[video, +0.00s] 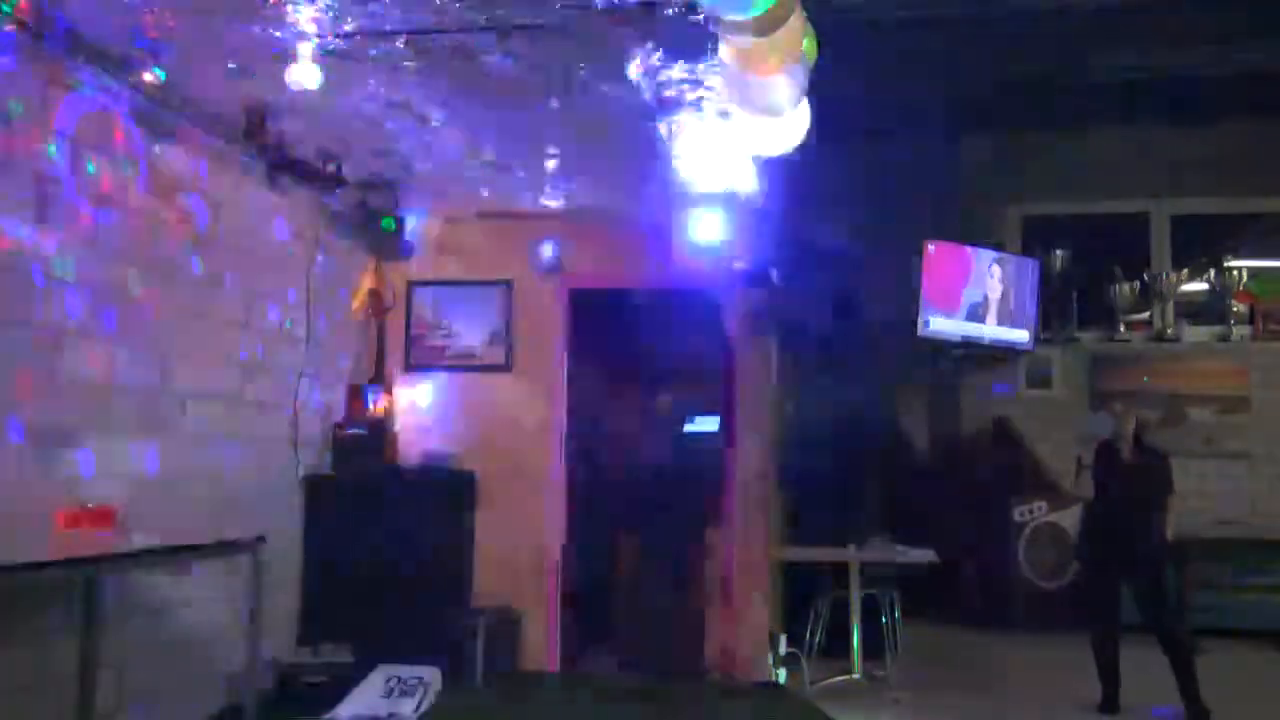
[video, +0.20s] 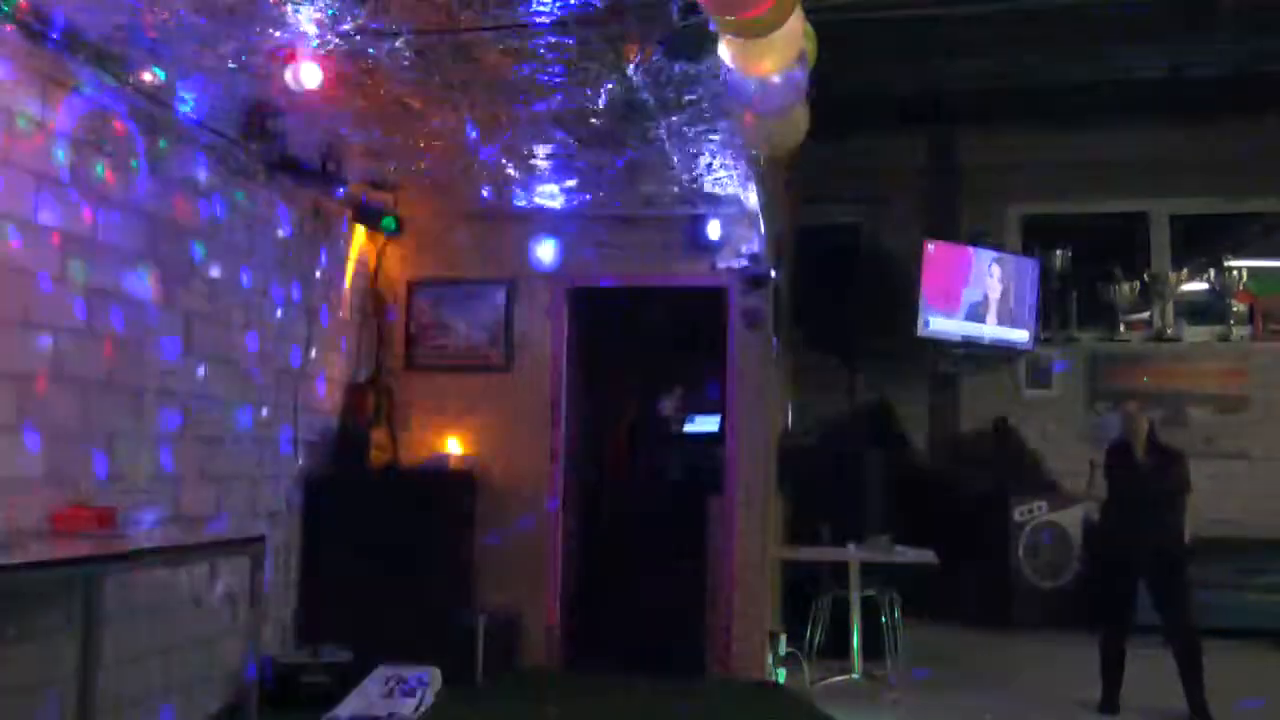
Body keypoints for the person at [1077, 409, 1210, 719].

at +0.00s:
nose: (1126, 424)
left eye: (1131, 418)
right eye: (1120, 418)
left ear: (1139, 423)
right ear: (1112, 422)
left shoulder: (1155, 458)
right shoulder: (1100, 454)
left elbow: (1167, 502)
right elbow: (1084, 494)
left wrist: (1166, 539)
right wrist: (1082, 466)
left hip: (1145, 550)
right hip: (1103, 549)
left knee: (1166, 626)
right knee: (1104, 626)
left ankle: (1193, 702)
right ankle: (1109, 697)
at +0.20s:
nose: (1132, 425)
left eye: (1137, 418)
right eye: (1127, 419)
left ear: (1150, 422)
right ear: (1120, 424)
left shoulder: (1171, 458)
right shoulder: (1115, 457)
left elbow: (1179, 506)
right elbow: (1115, 502)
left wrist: (1178, 543)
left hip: (1163, 553)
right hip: (1119, 553)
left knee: (1182, 631)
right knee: (1114, 629)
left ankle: (1198, 706)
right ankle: (1109, 701)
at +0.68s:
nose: (1160, 416)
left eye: (1166, 409)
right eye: (1154, 409)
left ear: (1177, 414)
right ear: (1147, 415)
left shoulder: (1197, 447)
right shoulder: (1142, 448)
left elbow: (1231, 469)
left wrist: (1270, 478)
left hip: (1199, 548)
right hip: (1155, 547)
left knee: (1199, 629)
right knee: (1139, 622)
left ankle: (1197, 701)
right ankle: (1120, 691)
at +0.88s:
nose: (1164, 421)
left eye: (1169, 415)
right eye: (1158, 415)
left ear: (1177, 421)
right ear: (1149, 420)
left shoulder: (1194, 452)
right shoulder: (1139, 455)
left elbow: (1226, 464)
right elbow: (1140, 503)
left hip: (1200, 551)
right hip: (1157, 551)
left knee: (1202, 629)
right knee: (1140, 622)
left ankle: (1198, 702)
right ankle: (1117, 693)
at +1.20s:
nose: (1147, 424)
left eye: (1153, 419)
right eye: (1141, 417)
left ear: (1162, 424)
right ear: (1131, 422)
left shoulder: (1175, 458)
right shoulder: (1118, 457)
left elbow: (1212, 483)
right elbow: (1120, 493)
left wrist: (1258, 500)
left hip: (1182, 552)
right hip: (1137, 553)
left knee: (1191, 628)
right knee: (1125, 624)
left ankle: (1196, 704)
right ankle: (1108, 698)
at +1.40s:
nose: (1133, 415)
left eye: (1139, 409)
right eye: (1128, 409)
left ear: (1149, 415)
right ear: (1117, 414)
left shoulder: (1165, 454)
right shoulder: (1101, 453)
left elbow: (1190, 486)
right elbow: (1098, 493)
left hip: (1160, 548)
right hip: (1116, 549)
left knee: (1176, 626)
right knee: (1112, 624)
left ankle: (1192, 703)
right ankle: (1107, 697)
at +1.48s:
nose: (1131, 416)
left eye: (1137, 410)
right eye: (1124, 410)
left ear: (1146, 415)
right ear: (1112, 415)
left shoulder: (1156, 450)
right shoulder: (1096, 451)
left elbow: (1159, 493)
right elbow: (1099, 487)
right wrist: (1121, 447)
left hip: (1152, 545)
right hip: (1109, 548)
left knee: (1172, 626)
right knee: (1108, 625)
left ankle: (1190, 701)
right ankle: (1107, 697)